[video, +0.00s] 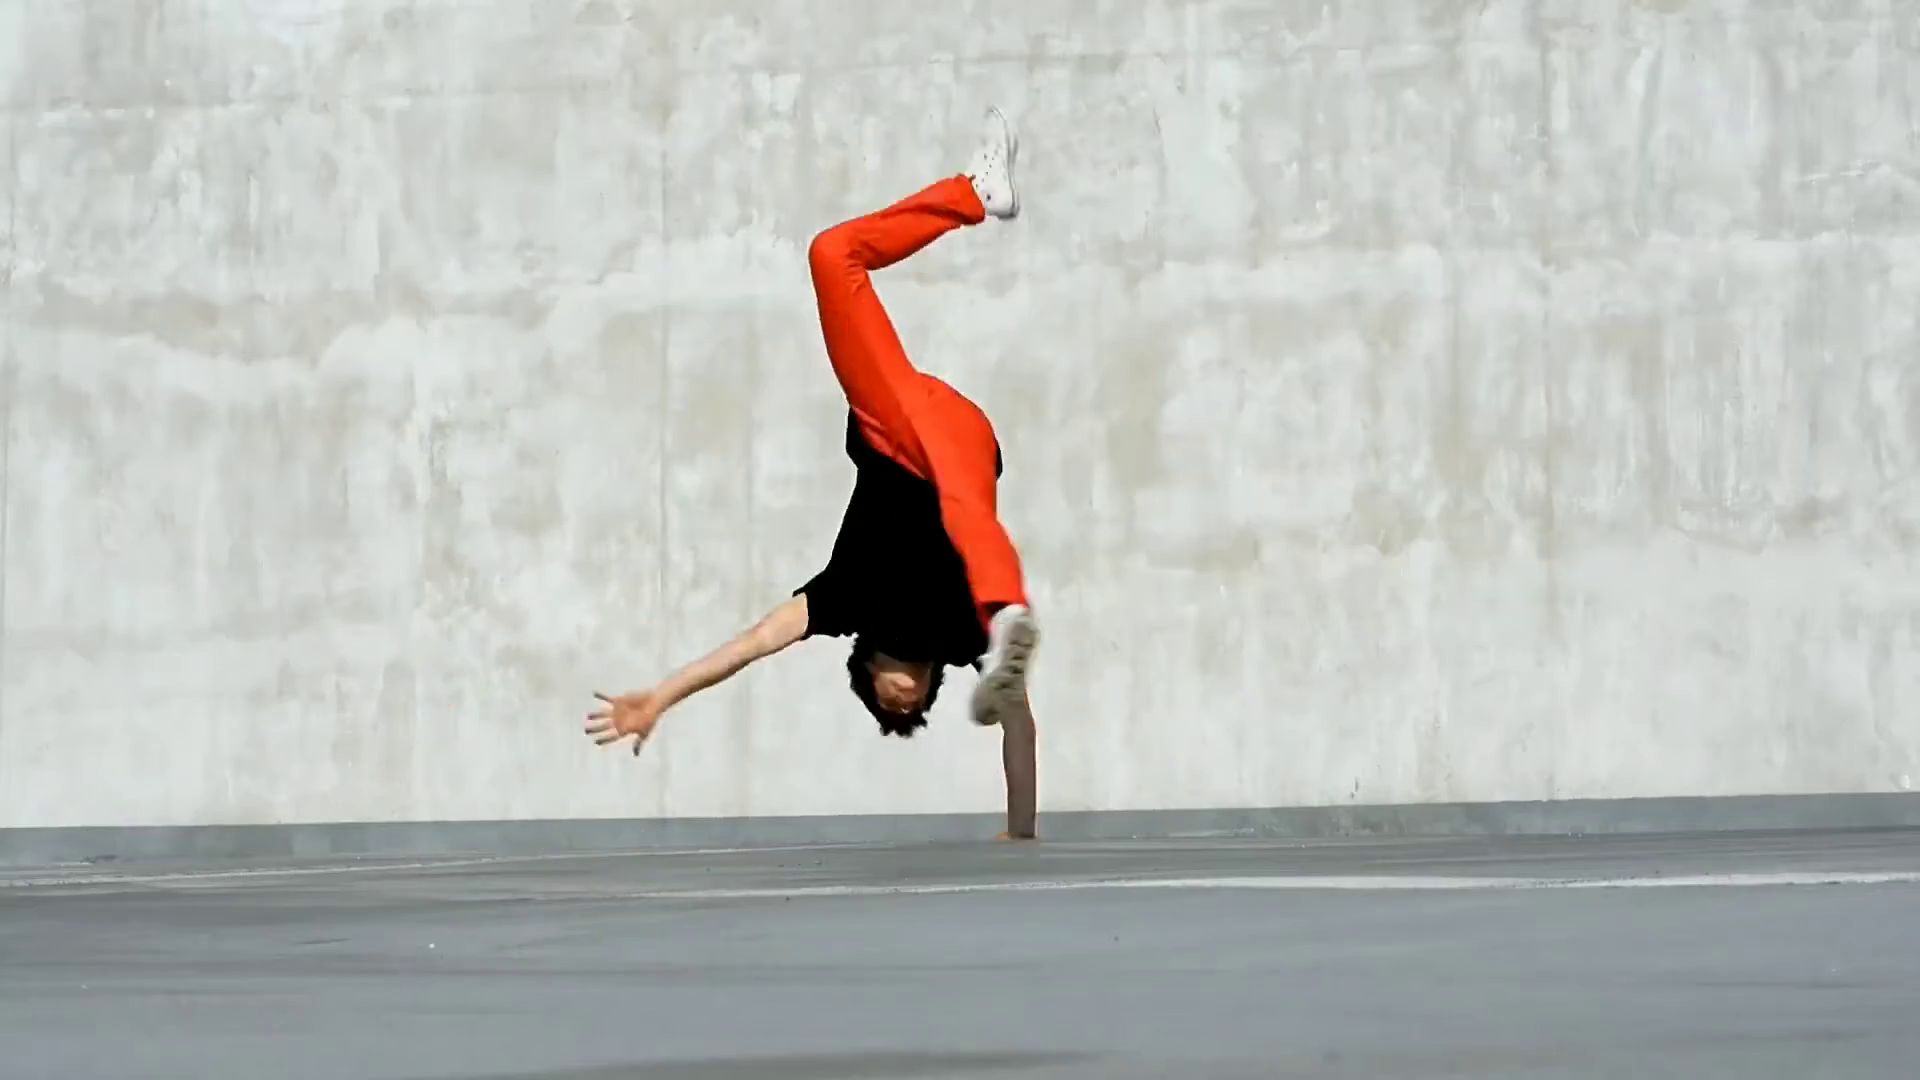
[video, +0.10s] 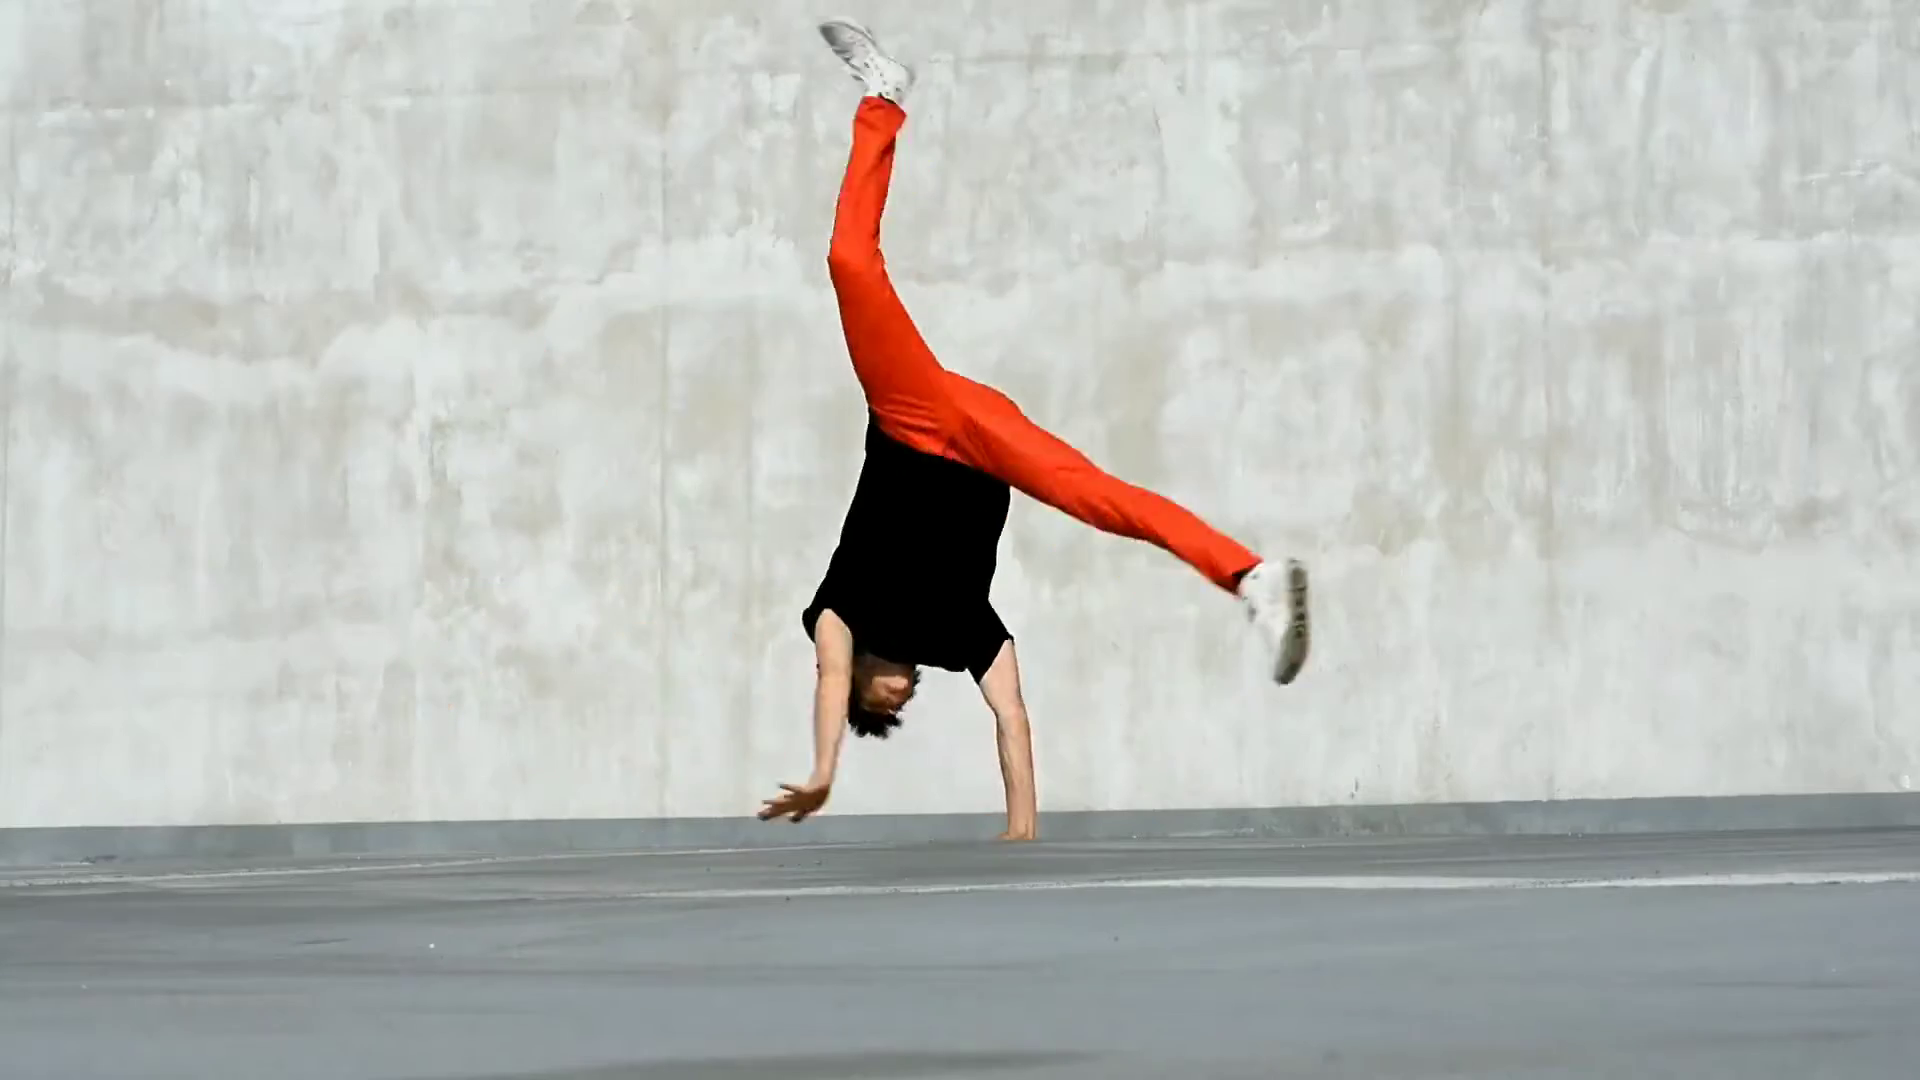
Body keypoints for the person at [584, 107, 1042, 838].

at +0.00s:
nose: (911, 703)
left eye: (895, 705)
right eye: (913, 708)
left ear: (872, 676)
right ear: (923, 681)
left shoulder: (844, 599)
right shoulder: (968, 630)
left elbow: (750, 648)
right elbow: (1018, 728)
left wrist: (656, 701)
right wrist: (1023, 837)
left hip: (882, 408)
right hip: (962, 423)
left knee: (834, 253)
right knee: (969, 510)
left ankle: (974, 194)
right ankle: (1013, 618)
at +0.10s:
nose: (896, 709)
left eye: (881, 712)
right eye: (892, 713)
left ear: (857, 677)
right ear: (901, 685)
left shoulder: (841, 610)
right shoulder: (981, 637)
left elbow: (833, 680)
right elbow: (1010, 728)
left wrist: (821, 777)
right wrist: (1020, 830)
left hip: (908, 409)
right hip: (985, 420)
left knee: (851, 257)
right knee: (1106, 501)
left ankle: (881, 102)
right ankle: (1255, 578)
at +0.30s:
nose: (883, 701)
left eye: (870, 696)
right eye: (874, 703)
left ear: (856, 662)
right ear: (872, 666)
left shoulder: (880, 608)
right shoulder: (949, 632)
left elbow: (916, 709)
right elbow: (990, 718)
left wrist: (930, 823)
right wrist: (1018, 826)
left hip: (930, 389)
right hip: (976, 368)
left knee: (982, 418)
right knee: (1120, 362)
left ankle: (1015, 409)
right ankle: (1242, 257)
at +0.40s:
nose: (891, 681)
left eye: (876, 678)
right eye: (881, 679)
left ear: (869, 650)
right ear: (874, 645)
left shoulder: (911, 613)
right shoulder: (918, 610)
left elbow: (929, 709)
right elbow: (965, 690)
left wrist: (931, 821)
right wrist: (980, 779)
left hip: (976, 385)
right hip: (955, 360)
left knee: (1107, 536)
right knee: (1033, 320)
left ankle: (1255, 669)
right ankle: (1046, 173)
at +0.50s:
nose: (814, 686)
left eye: (827, 681)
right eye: (809, 675)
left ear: (877, 653)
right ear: (836, 614)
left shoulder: (955, 610)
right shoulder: (853, 545)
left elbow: (957, 715)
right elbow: (795, 552)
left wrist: (937, 822)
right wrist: (791, 647)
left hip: (1067, 409)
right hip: (990, 377)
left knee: (1146, 517)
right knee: (931, 277)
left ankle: (1258, 575)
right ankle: (994, 253)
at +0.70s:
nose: (857, 524)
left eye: (840, 530)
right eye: (858, 545)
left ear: (839, 520)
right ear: (880, 563)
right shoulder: (951, 514)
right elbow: (1004, 584)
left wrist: (752, 713)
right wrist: (946, 682)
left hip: (1025, 347)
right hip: (1076, 376)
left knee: (1048, 249)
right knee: (1182, 242)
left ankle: (1185, 252)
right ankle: (1325, 103)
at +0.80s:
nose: (957, 571)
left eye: (939, 567)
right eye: (947, 585)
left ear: (914, 540)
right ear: (936, 590)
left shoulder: (899, 466)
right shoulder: (1002, 586)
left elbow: (800, 439)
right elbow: (1005, 700)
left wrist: (686, 461)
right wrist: (1009, 821)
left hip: (1027, 342)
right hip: (1096, 377)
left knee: (989, 166)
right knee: (1238, 303)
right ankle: (1386, 202)